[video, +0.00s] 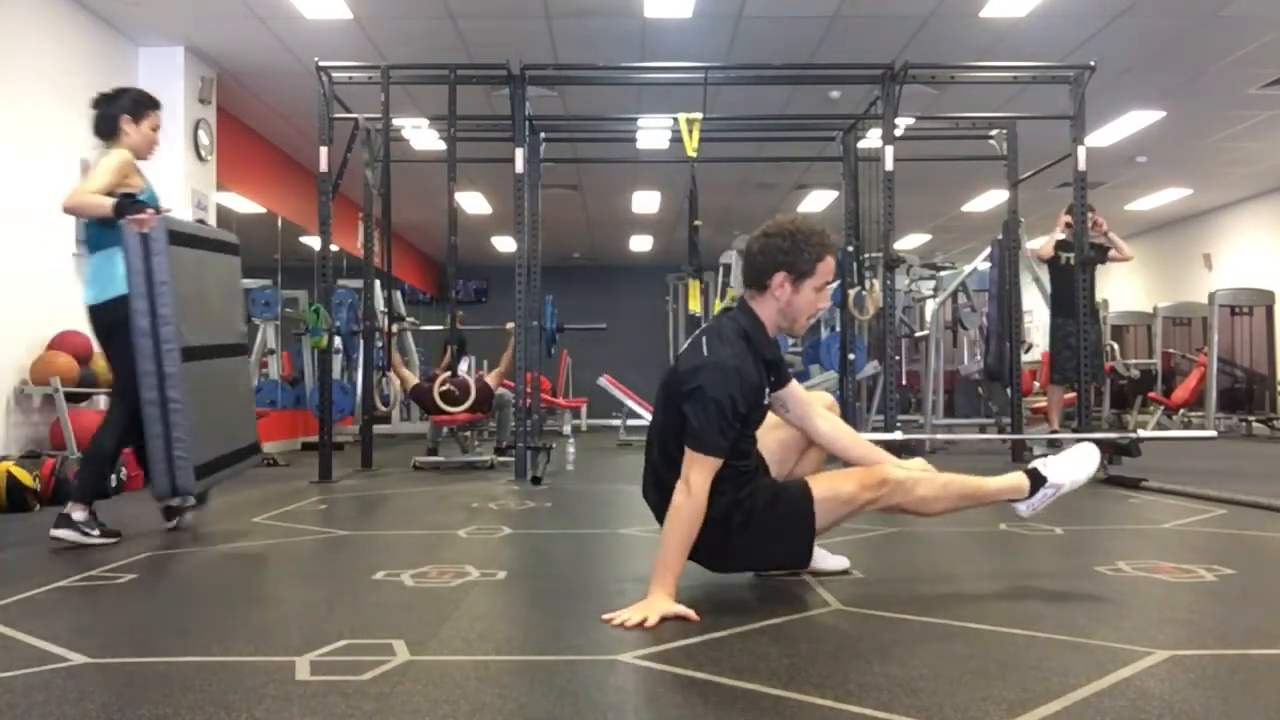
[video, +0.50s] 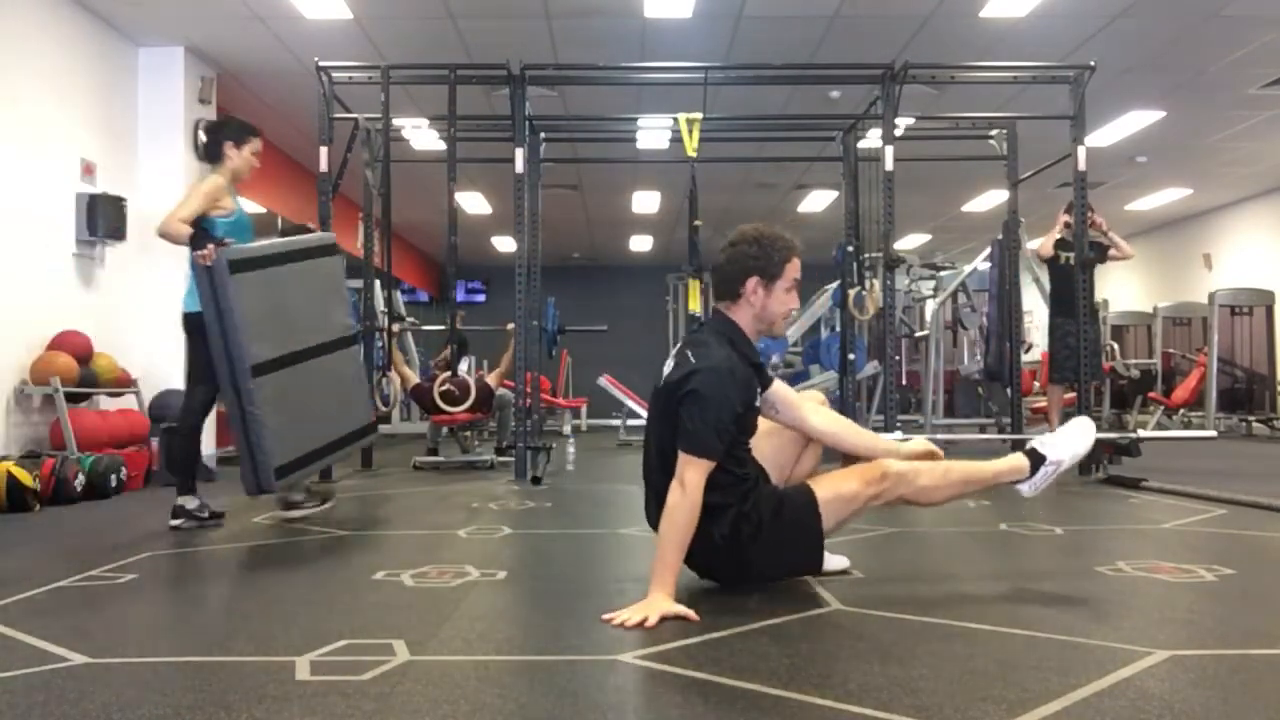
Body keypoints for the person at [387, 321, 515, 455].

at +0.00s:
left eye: (443, 383)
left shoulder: (428, 398)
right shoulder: (480, 396)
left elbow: (399, 370)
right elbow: (501, 370)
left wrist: (389, 338)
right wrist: (513, 337)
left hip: (438, 407)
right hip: (476, 405)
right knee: (505, 396)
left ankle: (432, 446)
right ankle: (502, 444)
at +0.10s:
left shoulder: (427, 398)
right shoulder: (481, 395)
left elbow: (399, 368)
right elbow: (502, 370)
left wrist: (392, 339)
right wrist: (512, 337)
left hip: (439, 407)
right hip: (476, 406)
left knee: (437, 409)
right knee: (506, 397)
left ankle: (433, 446)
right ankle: (502, 444)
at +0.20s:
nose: (446, 382)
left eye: (444, 383)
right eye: (448, 383)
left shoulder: (428, 399)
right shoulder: (481, 396)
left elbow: (400, 368)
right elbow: (502, 370)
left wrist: (391, 339)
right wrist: (513, 338)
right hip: (476, 406)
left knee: (438, 409)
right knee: (506, 397)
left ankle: (433, 446)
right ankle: (502, 445)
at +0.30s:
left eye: (443, 382)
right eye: (445, 383)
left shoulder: (428, 400)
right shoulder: (480, 396)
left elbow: (400, 368)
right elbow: (502, 370)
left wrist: (392, 339)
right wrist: (513, 338)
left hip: (439, 407)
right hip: (476, 406)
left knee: (437, 410)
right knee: (506, 398)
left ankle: (433, 447)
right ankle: (502, 445)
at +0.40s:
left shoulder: (427, 399)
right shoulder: (480, 395)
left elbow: (400, 368)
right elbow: (502, 370)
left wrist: (391, 338)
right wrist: (513, 338)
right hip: (475, 406)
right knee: (506, 398)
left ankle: (432, 447)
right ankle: (502, 445)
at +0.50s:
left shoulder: (428, 399)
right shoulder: (480, 395)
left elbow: (401, 368)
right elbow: (502, 370)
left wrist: (391, 339)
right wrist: (513, 338)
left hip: (439, 407)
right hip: (476, 405)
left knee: (437, 410)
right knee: (506, 398)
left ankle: (432, 447)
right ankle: (502, 445)